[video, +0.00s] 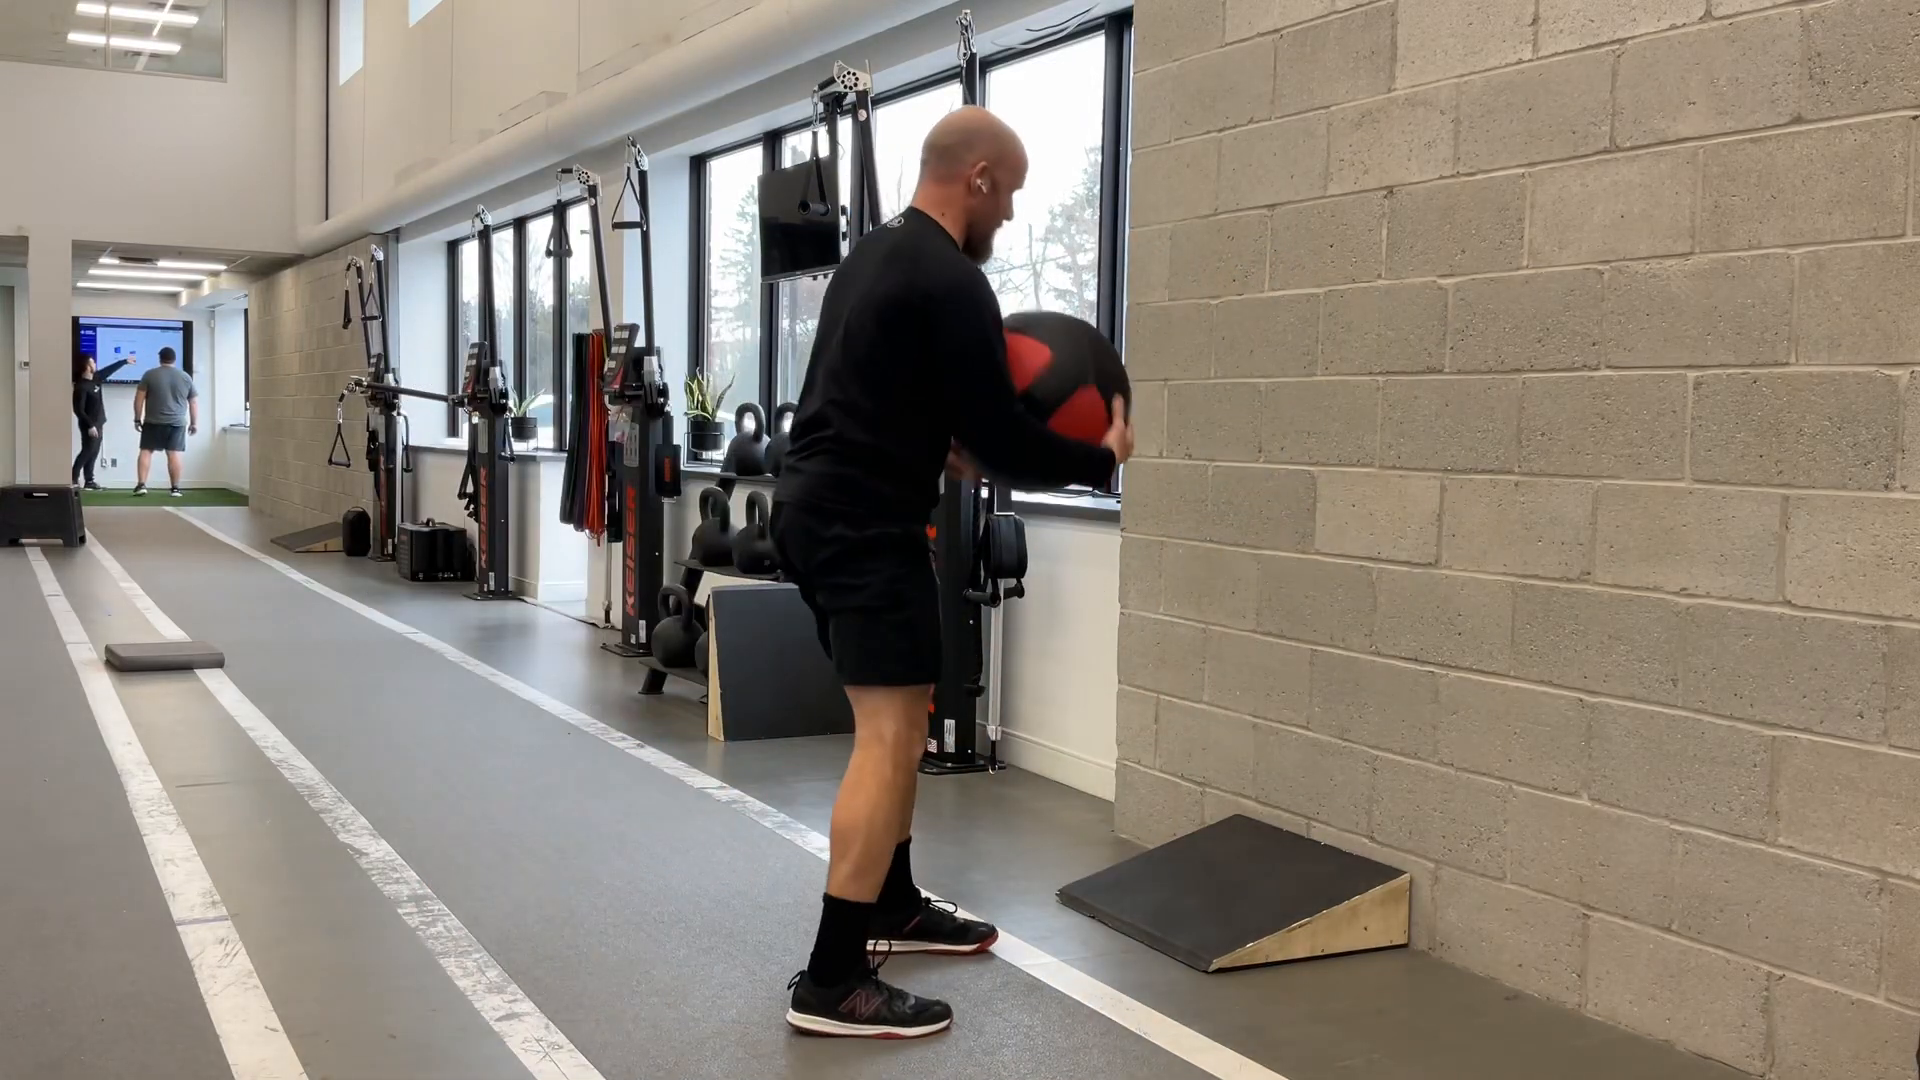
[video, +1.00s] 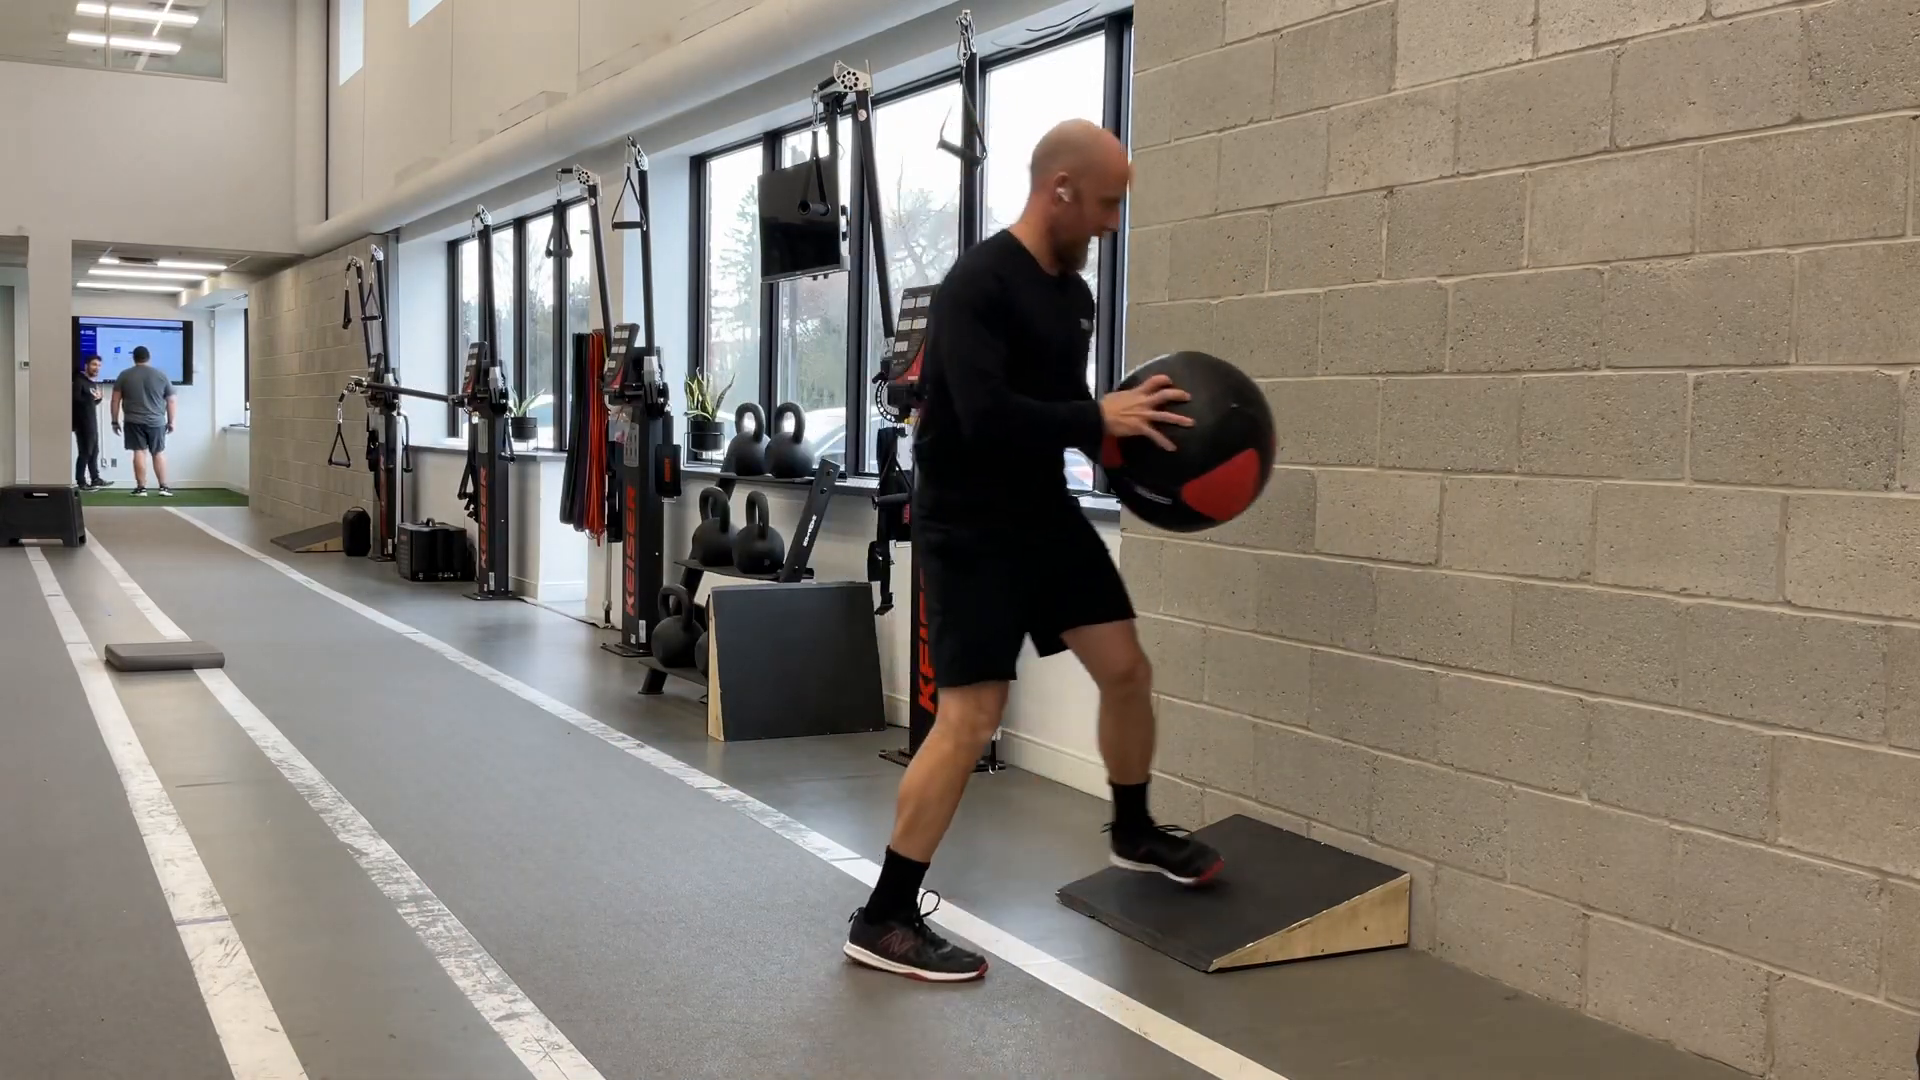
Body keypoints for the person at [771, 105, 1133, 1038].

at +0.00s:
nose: (1007, 217)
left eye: (1011, 199)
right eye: (1008, 197)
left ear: (939, 174)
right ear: (975, 182)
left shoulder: (878, 254)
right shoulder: (950, 284)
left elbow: (880, 398)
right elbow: (1004, 446)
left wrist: (953, 447)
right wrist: (1102, 456)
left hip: (833, 505)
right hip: (865, 518)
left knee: (902, 719)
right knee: (888, 734)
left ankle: (889, 902)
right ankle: (832, 978)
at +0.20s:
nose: (990, 196)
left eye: (991, 179)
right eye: (987, 178)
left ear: (926, 162)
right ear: (955, 165)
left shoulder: (878, 252)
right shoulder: (923, 262)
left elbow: (929, 393)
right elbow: (971, 412)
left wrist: (1040, 402)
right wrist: (1088, 438)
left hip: (882, 515)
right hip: (891, 524)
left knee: (915, 717)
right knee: (883, 737)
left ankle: (888, 902)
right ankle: (831, 974)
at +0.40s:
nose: (990, 193)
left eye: (992, 177)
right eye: (987, 175)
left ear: (934, 158)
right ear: (950, 160)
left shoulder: (900, 245)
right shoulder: (910, 251)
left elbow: (921, 386)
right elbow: (900, 395)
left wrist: (1030, 413)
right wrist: (1016, 428)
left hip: (886, 510)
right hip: (902, 516)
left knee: (900, 713)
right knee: (944, 715)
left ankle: (892, 902)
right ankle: (855, 933)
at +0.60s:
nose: (1014, 201)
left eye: (1018, 184)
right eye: (1012, 182)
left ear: (962, 167)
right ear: (970, 167)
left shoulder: (945, 257)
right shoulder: (905, 252)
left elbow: (964, 389)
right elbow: (853, 381)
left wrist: (1058, 438)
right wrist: (966, 422)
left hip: (935, 517)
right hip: (908, 519)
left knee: (942, 710)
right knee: (931, 714)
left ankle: (899, 897)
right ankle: (881, 915)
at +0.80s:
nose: (1045, 210)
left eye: (1049, 194)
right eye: (1043, 192)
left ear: (997, 178)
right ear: (998, 177)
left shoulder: (1005, 282)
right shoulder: (914, 267)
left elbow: (1009, 404)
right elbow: (890, 419)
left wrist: (1100, 438)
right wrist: (1005, 410)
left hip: (988, 519)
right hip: (919, 527)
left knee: (1053, 685)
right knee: (943, 721)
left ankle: (978, 855)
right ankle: (879, 919)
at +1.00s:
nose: (1116, 221)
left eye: (1121, 204)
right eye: (1109, 204)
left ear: (1064, 195)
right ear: (1057, 193)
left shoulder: (1069, 295)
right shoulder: (976, 281)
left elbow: (1062, 412)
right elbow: (981, 410)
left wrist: (1138, 454)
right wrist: (1094, 418)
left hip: (1043, 514)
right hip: (965, 526)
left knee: (1126, 671)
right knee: (968, 717)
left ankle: (1134, 830)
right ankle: (885, 916)